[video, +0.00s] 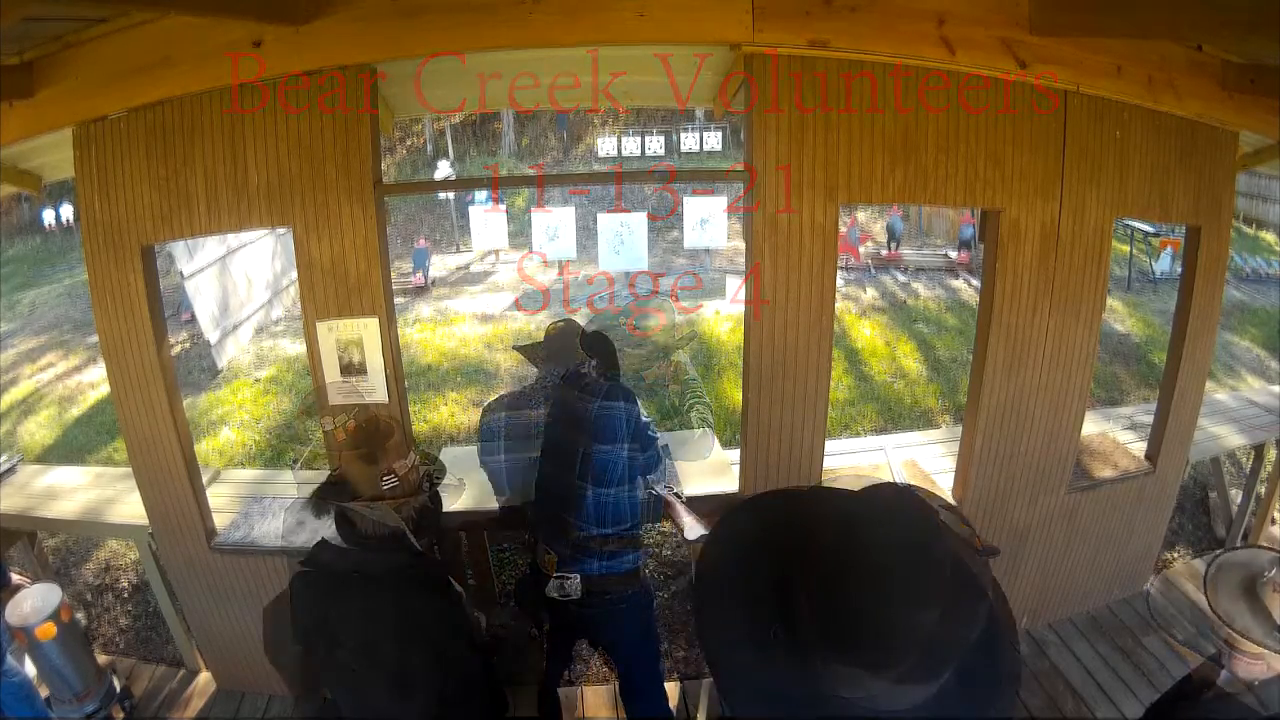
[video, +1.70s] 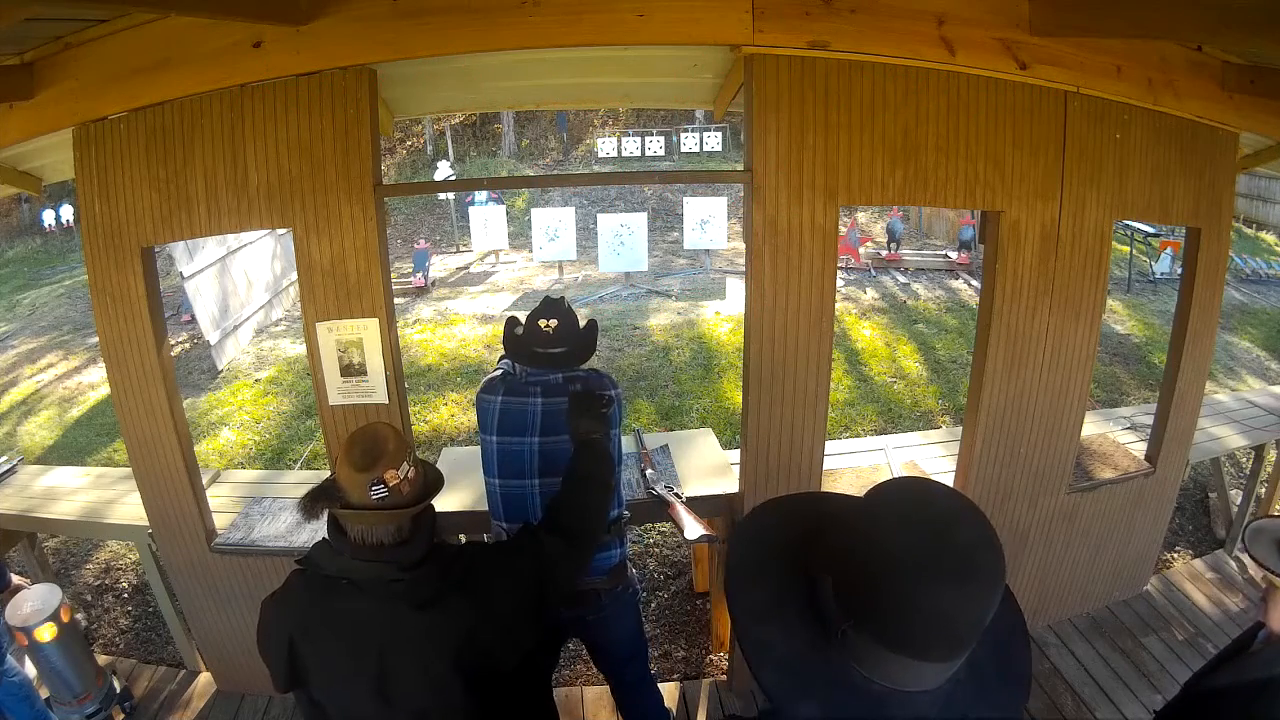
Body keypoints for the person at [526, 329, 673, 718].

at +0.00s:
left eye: (537, 362)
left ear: (540, 359)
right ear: (586, 355)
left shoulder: (502, 412)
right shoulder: (619, 401)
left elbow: (509, 497)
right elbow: (655, 469)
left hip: (542, 588)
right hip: (617, 587)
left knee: (541, 691)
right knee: (647, 699)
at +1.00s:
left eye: (512, 358)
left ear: (510, 363)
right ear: (563, 355)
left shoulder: (479, 424)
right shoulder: (607, 391)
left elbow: (473, 499)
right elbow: (673, 421)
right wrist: (625, 460)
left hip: (537, 590)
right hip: (624, 580)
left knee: (539, 698)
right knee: (646, 691)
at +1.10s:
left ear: (508, 356)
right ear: (567, 348)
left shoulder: (476, 424)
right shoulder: (606, 387)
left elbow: (465, 500)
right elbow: (681, 403)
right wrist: (621, 391)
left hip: (535, 590)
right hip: (621, 581)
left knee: (537, 701)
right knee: (644, 691)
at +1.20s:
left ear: (508, 353)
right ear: (569, 345)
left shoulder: (478, 419)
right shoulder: (603, 392)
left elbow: (473, 490)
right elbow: (665, 447)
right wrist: (613, 437)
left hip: (536, 591)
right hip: (618, 582)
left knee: (537, 697)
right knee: (642, 686)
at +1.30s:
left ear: (513, 349)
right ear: (574, 345)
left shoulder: (483, 414)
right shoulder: (609, 401)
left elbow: (478, 465)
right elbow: (638, 460)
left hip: (536, 591)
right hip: (616, 585)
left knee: (536, 694)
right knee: (641, 688)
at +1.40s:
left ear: (519, 347)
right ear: (580, 345)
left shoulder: (488, 406)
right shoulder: (610, 397)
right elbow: (628, 486)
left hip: (532, 592)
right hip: (611, 587)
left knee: (532, 694)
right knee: (639, 688)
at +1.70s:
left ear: (517, 341)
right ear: (579, 343)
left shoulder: (489, 395)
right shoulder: (602, 391)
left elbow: (512, 374)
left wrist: (521, 347)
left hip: (520, 584)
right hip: (599, 580)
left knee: (530, 693)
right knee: (636, 690)